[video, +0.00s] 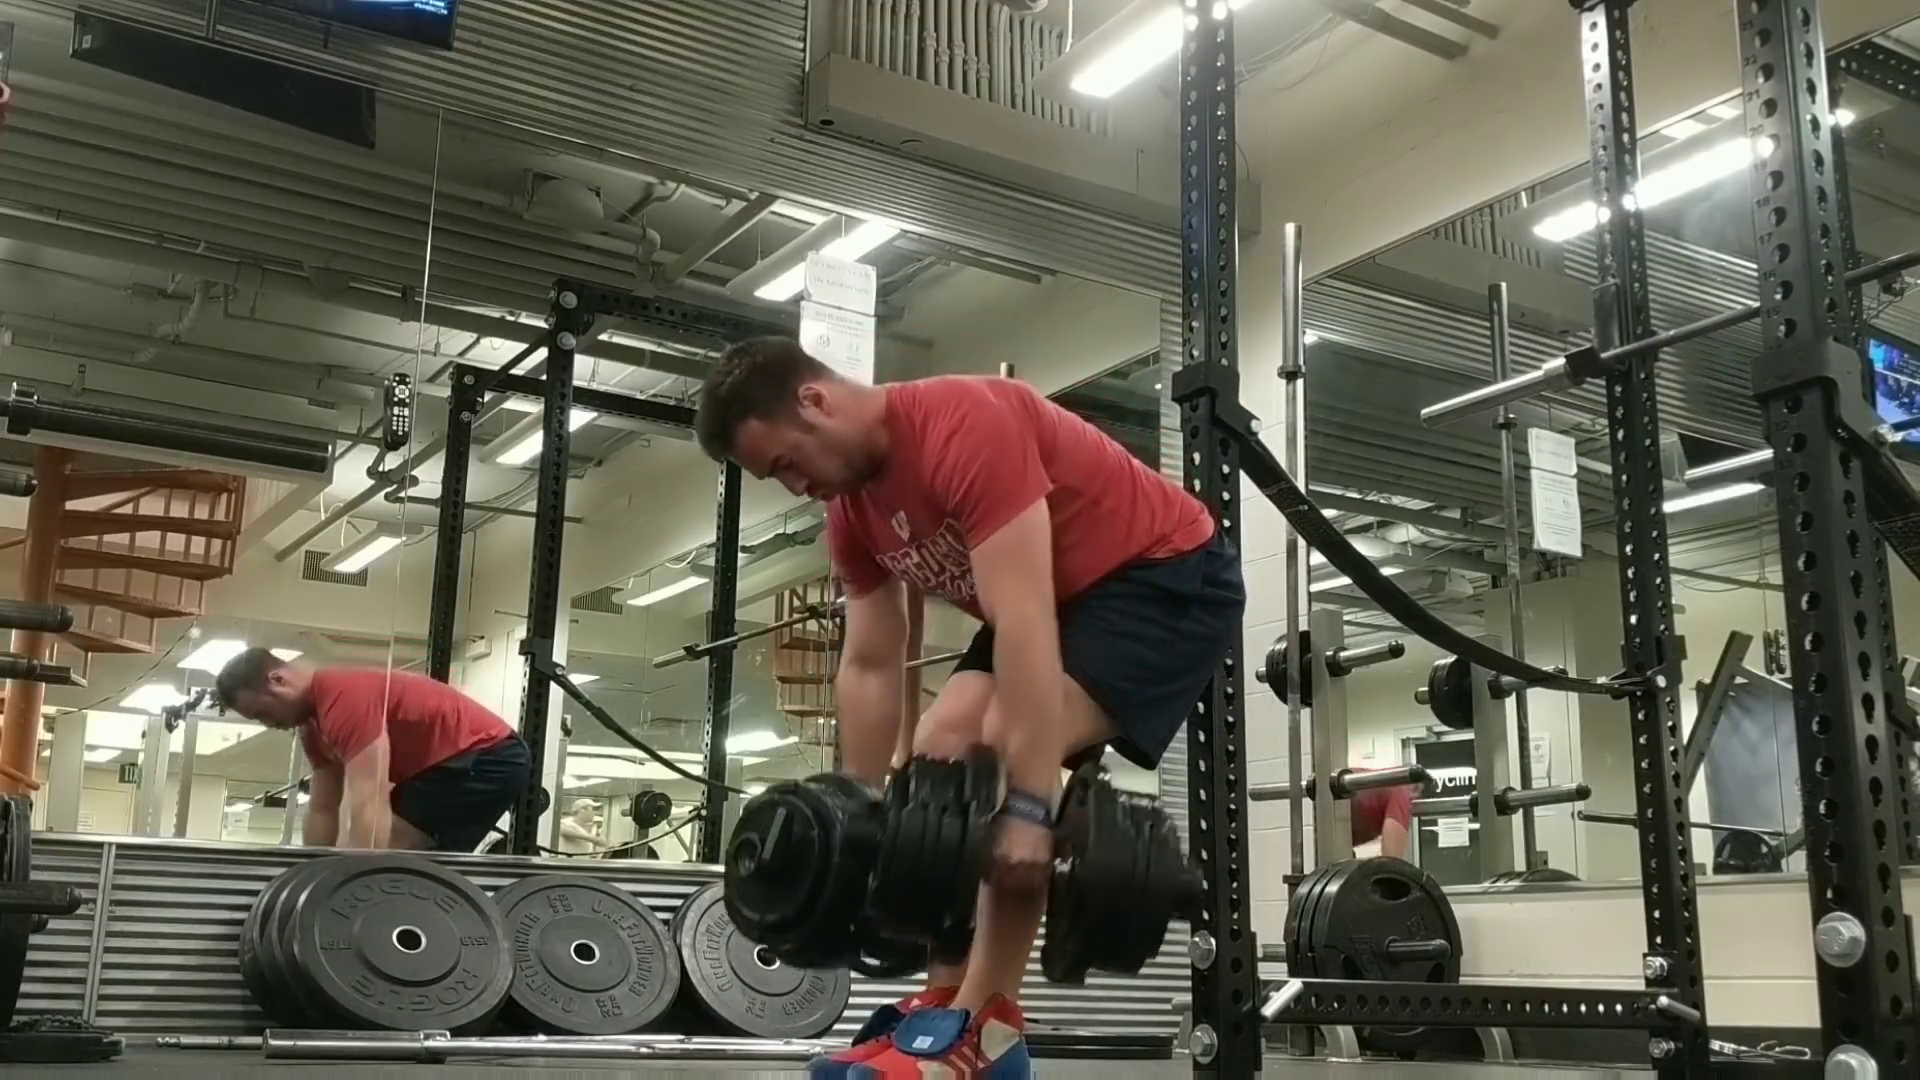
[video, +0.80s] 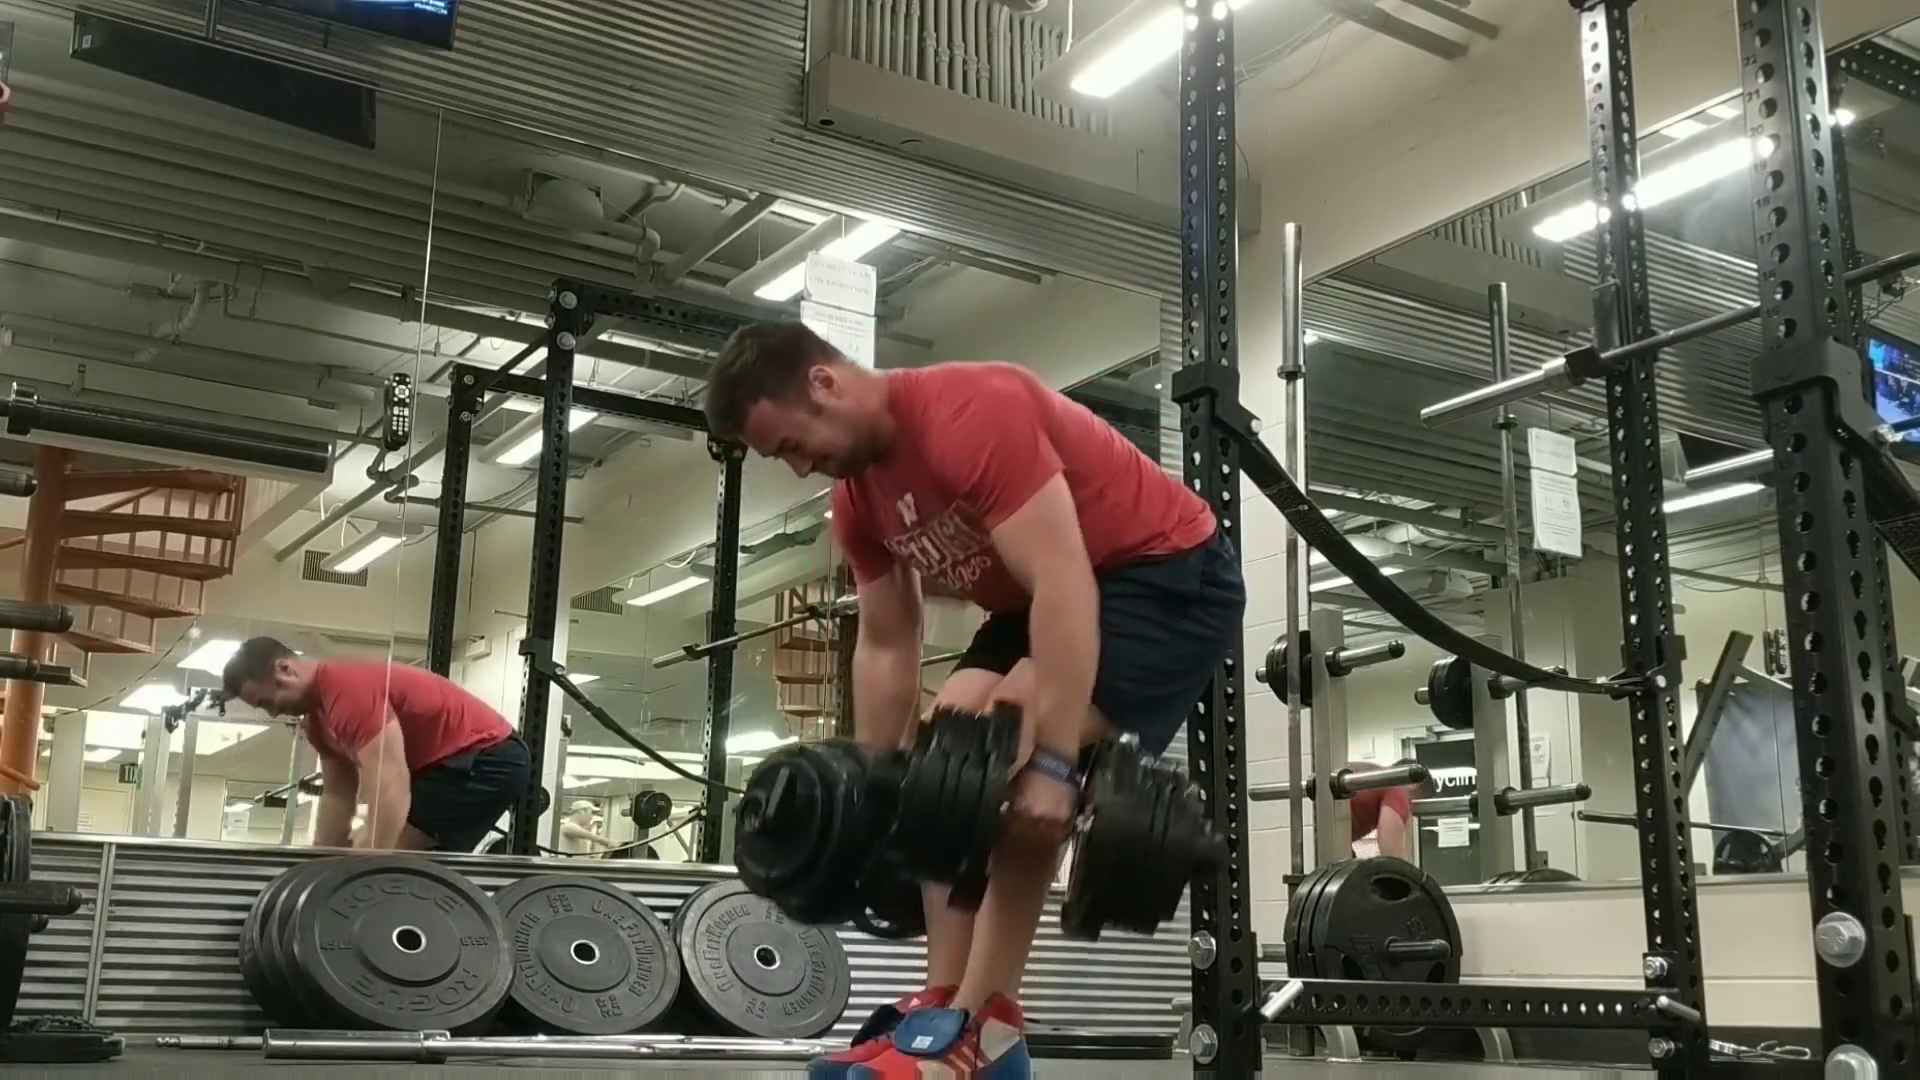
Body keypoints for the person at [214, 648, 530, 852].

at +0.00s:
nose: (268, 725)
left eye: (261, 714)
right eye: (258, 720)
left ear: (277, 681)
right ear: (278, 681)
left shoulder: (346, 696)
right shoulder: (314, 725)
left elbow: (366, 813)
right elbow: (323, 811)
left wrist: (342, 901)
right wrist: (304, 890)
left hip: (488, 758)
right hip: (453, 768)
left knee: (382, 848)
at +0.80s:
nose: (269, 714)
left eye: (264, 702)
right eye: (261, 708)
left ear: (285, 670)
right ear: (285, 672)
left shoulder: (346, 688)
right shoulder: (319, 719)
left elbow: (391, 779)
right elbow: (338, 793)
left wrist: (365, 871)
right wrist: (317, 868)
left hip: (486, 759)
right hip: (453, 766)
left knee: (393, 857)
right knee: (395, 861)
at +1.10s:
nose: (303, 701)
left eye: (295, 692)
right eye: (293, 698)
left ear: (300, 657)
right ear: (301, 655)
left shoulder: (364, 661)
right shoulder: (338, 687)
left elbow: (439, 724)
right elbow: (379, 744)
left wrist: (420, 811)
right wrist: (363, 810)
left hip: (490, 756)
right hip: (454, 758)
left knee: (436, 868)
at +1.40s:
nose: (305, 708)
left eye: (295, 703)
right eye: (295, 708)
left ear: (295, 669)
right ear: (296, 665)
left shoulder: (360, 667)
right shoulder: (342, 682)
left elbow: (445, 723)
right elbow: (387, 748)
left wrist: (434, 808)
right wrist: (380, 813)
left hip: (490, 758)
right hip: (461, 761)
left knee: (458, 875)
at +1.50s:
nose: (303, 708)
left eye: (293, 702)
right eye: (292, 707)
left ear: (293, 670)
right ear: (294, 667)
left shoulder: (358, 672)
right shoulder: (338, 686)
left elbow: (435, 736)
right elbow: (382, 751)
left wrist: (423, 826)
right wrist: (362, 816)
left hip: (492, 757)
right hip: (457, 759)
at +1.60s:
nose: (294, 711)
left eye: (285, 703)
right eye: (284, 709)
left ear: (290, 670)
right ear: (291, 669)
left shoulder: (357, 675)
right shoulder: (329, 697)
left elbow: (421, 751)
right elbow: (366, 765)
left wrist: (408, 839)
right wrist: (355, 833)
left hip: (491, 757)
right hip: (450, 761)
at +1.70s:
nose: (287, 714)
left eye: (279, 705)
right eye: (277, 710)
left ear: (286, 671)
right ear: (288, 671)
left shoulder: (355, 679)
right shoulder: (325, 707)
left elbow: (404, 769)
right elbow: (351, 782)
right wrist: (339, 857)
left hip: (490, 757)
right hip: (449, 764)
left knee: (424, 863)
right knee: (399, 859)